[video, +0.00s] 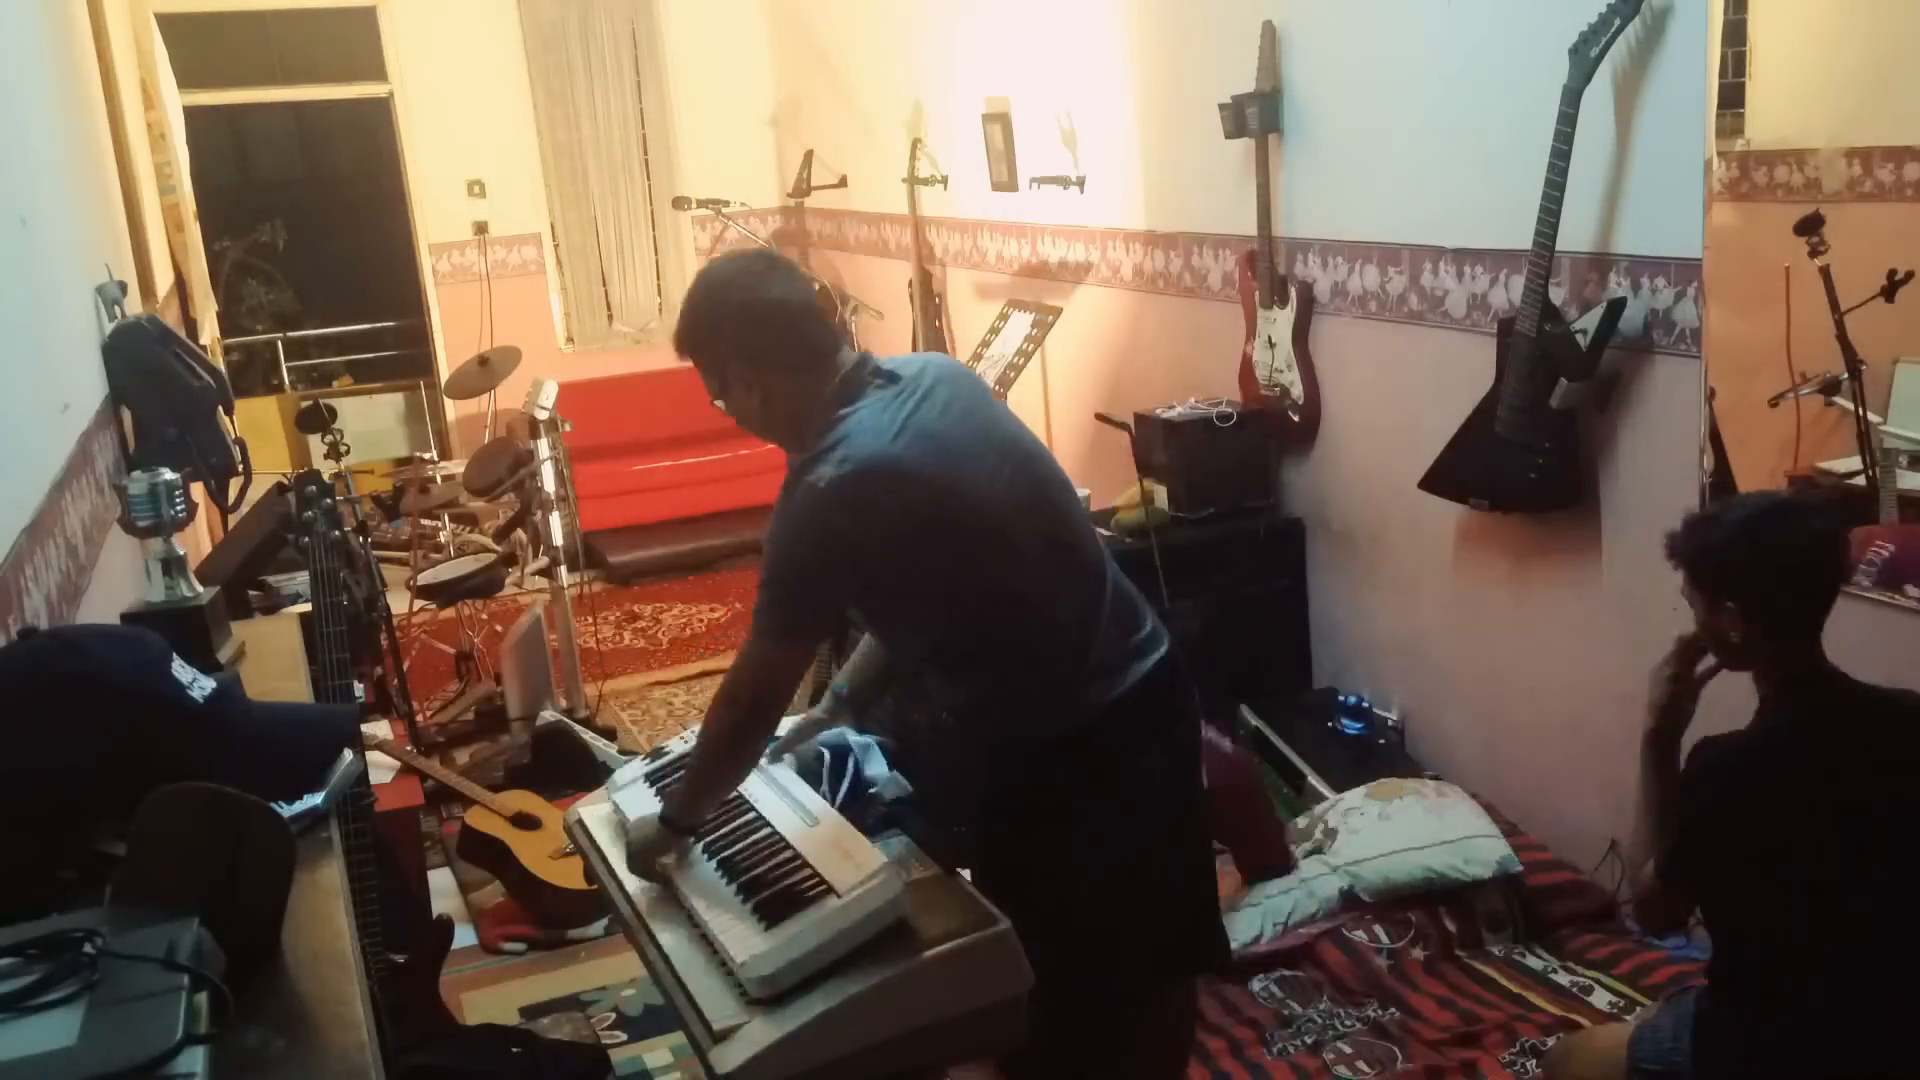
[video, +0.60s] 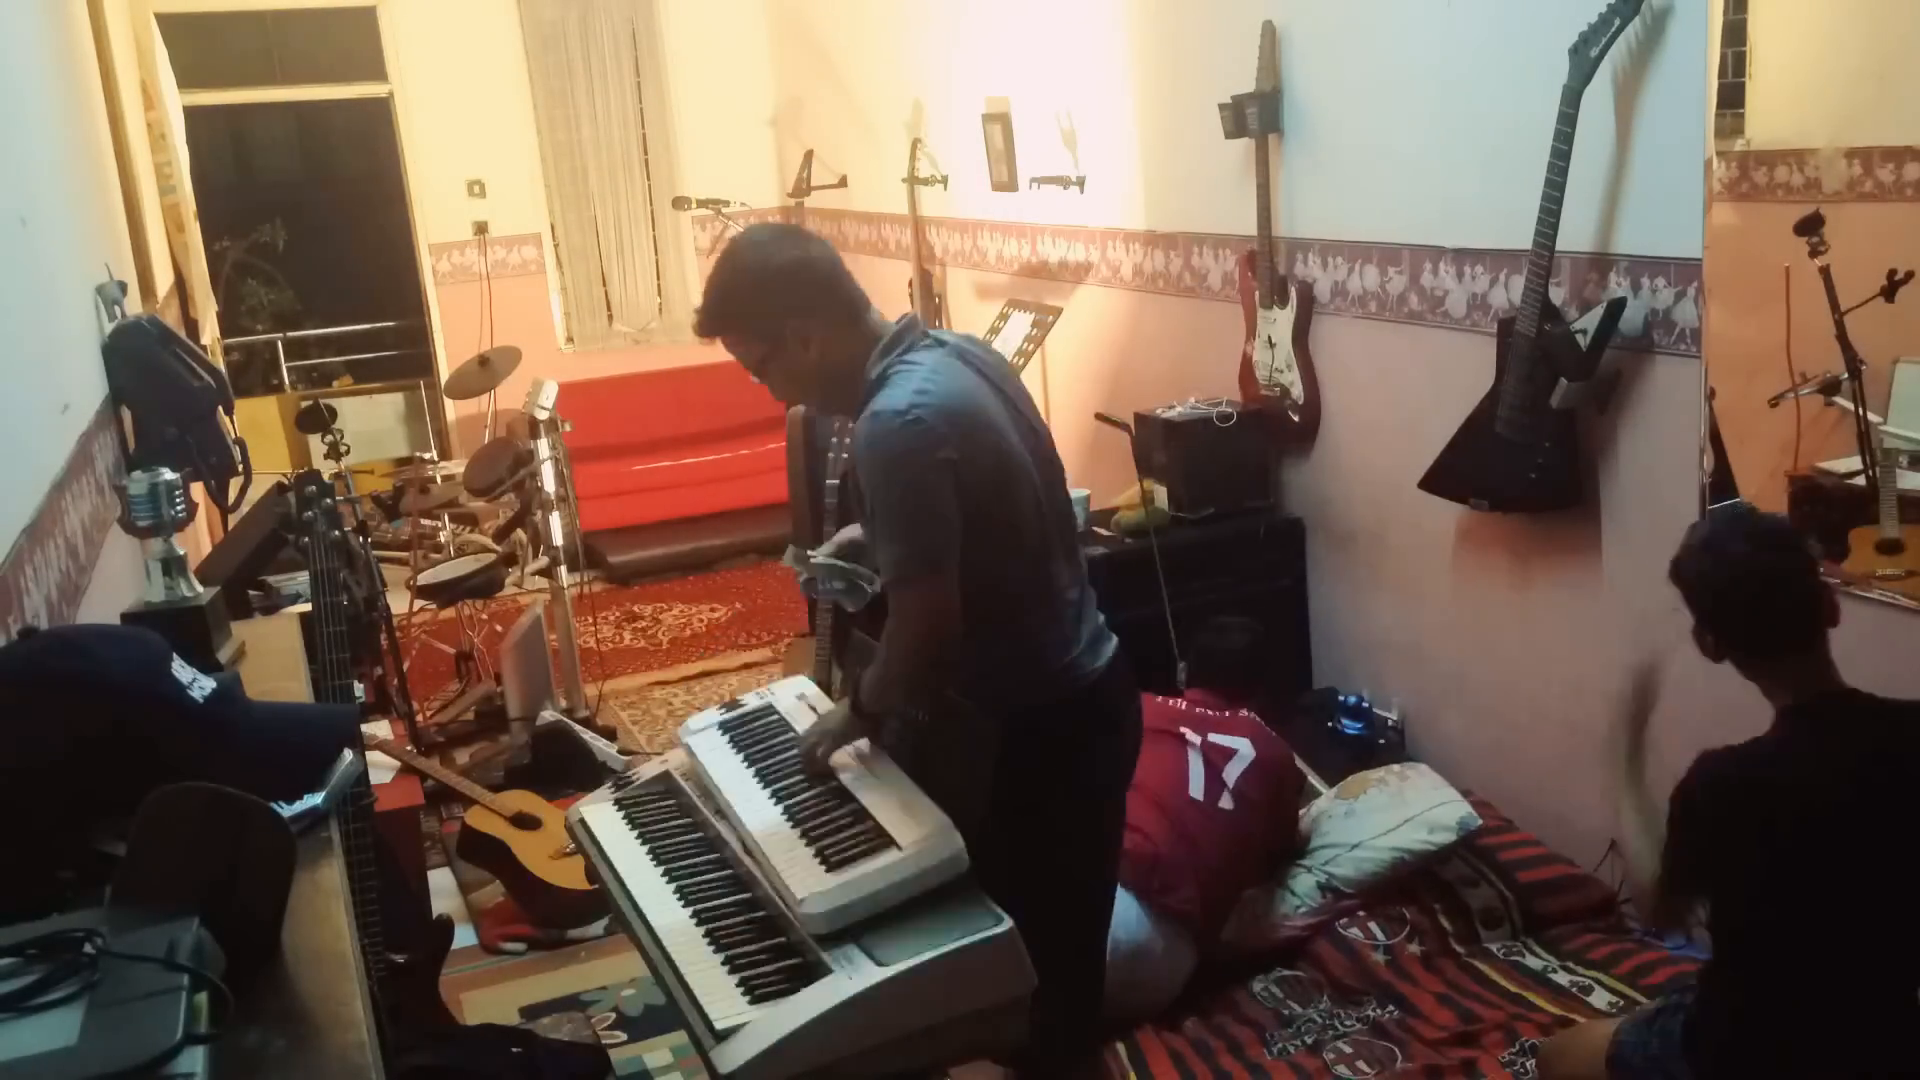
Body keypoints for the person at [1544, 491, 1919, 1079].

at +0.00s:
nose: (1691, 623)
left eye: (1694, 603)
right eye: (1690, 602)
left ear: (1733, 621)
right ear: (1817, 597)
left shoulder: (1726, 766)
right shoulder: (1906, 722)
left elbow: (1659, 912)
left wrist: (1661, 738)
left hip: (1762, 1036)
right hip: (1895, 1025)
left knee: (1554, 1059)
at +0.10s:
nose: (1689, 630)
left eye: (1686, 613)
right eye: (1685, 613)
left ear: (1705, 622)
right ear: (1808, 595)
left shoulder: (1713, 766)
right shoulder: (1905, 730)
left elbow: (1643, 909)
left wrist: (1661, 740)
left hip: (1758, 1037)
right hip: (1890, 1029)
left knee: (1547, 1059)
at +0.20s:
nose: (1715, 598)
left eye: (1717, 581)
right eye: (1716, 580)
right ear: (1837, 589)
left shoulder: (1722, 742)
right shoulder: (1908, 724)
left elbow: (1717, 939)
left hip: (1753, 1042)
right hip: (1884, 1033)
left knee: (1561, 1052)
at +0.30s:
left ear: (1689, 619)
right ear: (1813, 609)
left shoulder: (1683, 780)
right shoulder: (1900, 729)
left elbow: (1689, 980)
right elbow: (1900, 936)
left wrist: (1613, 1028)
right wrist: (1629, 1016)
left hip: (1741, 1055)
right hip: (1882, 1043)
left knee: (1565, 1055)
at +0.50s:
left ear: (1695, 657)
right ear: (1807, 616)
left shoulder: (1724, 760)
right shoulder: (1904, 703)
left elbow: (1557, 700)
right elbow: (1737, 717)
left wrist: (1661, 576)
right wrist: (1640, 623)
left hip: (1758, 1043)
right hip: (1889, 1034)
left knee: (1551, 1055)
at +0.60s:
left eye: (1694, 618)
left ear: (1710, 645)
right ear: (1831, 607)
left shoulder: (1724, 783)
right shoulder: (1908, 730)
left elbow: (1661, 909)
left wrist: (1629, 751)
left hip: (1753, 1042)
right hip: (1890, 1034)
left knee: (1552, 1054)